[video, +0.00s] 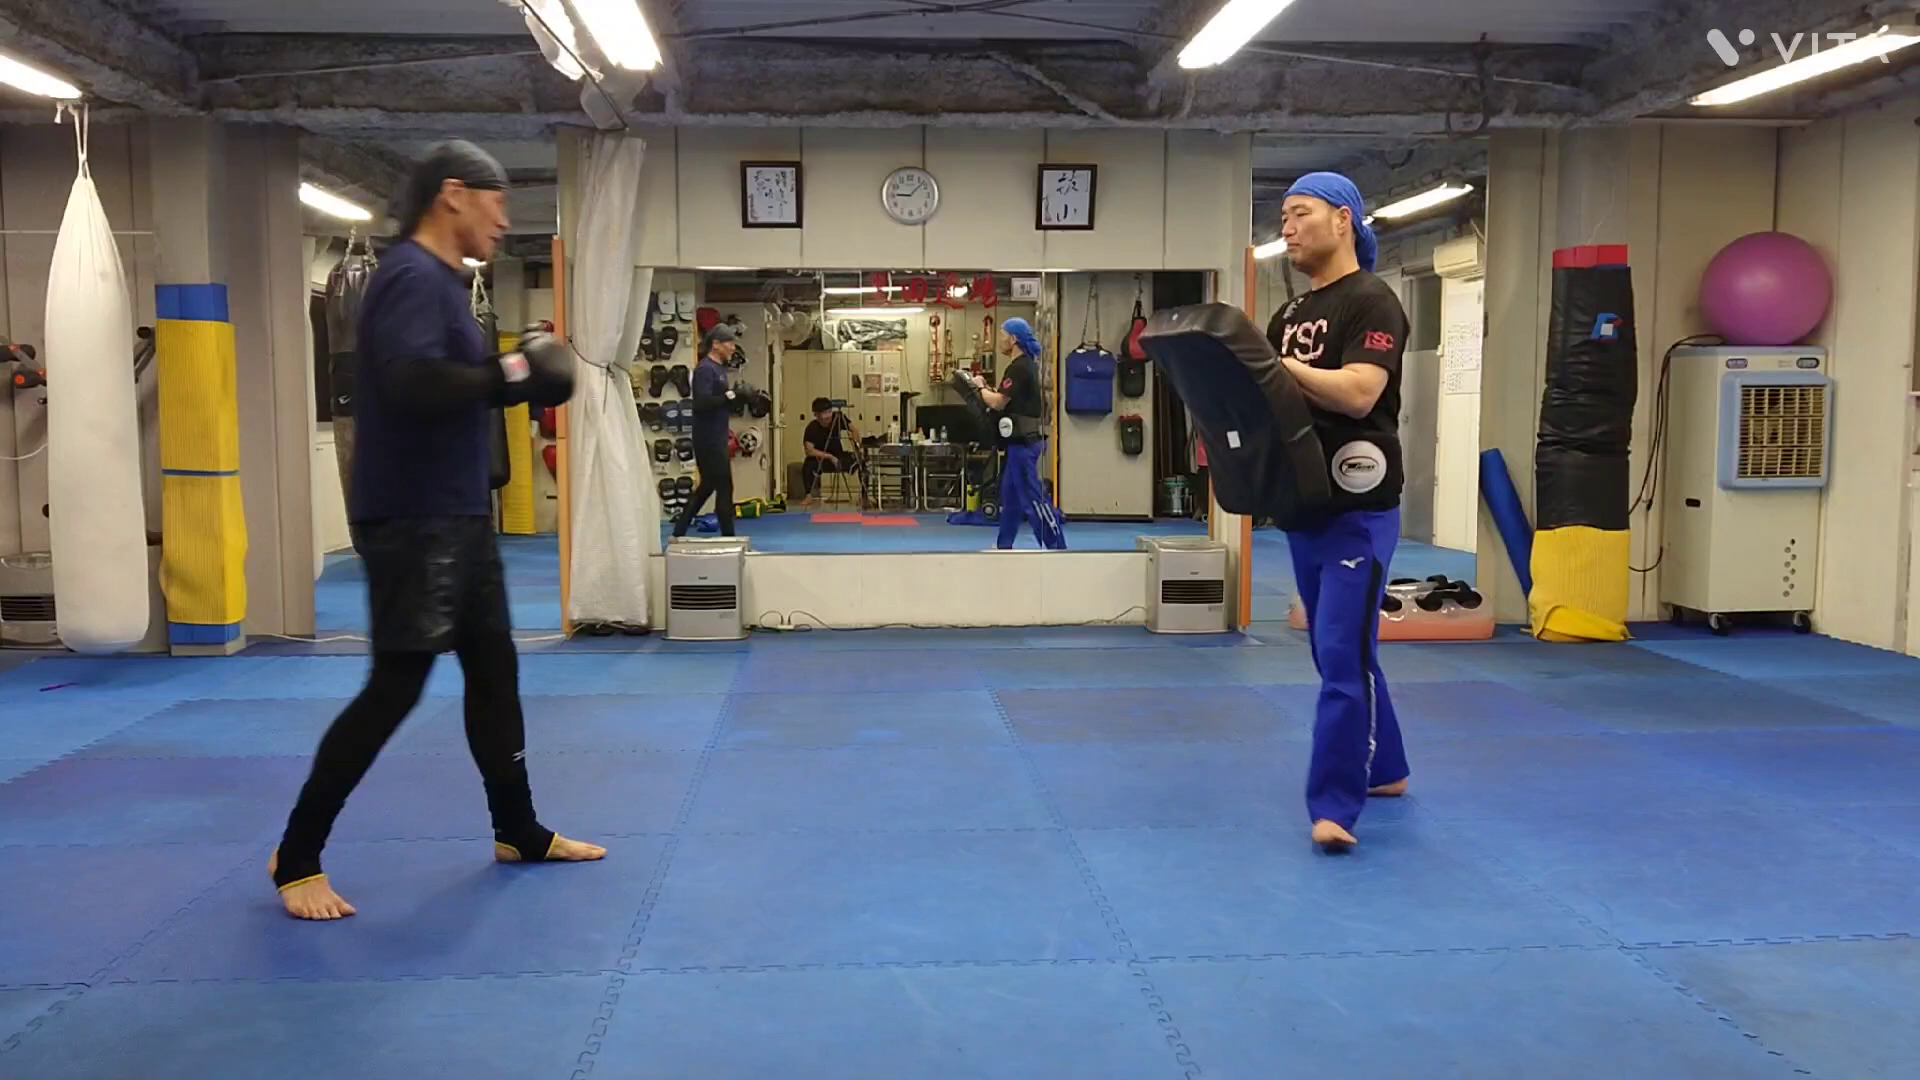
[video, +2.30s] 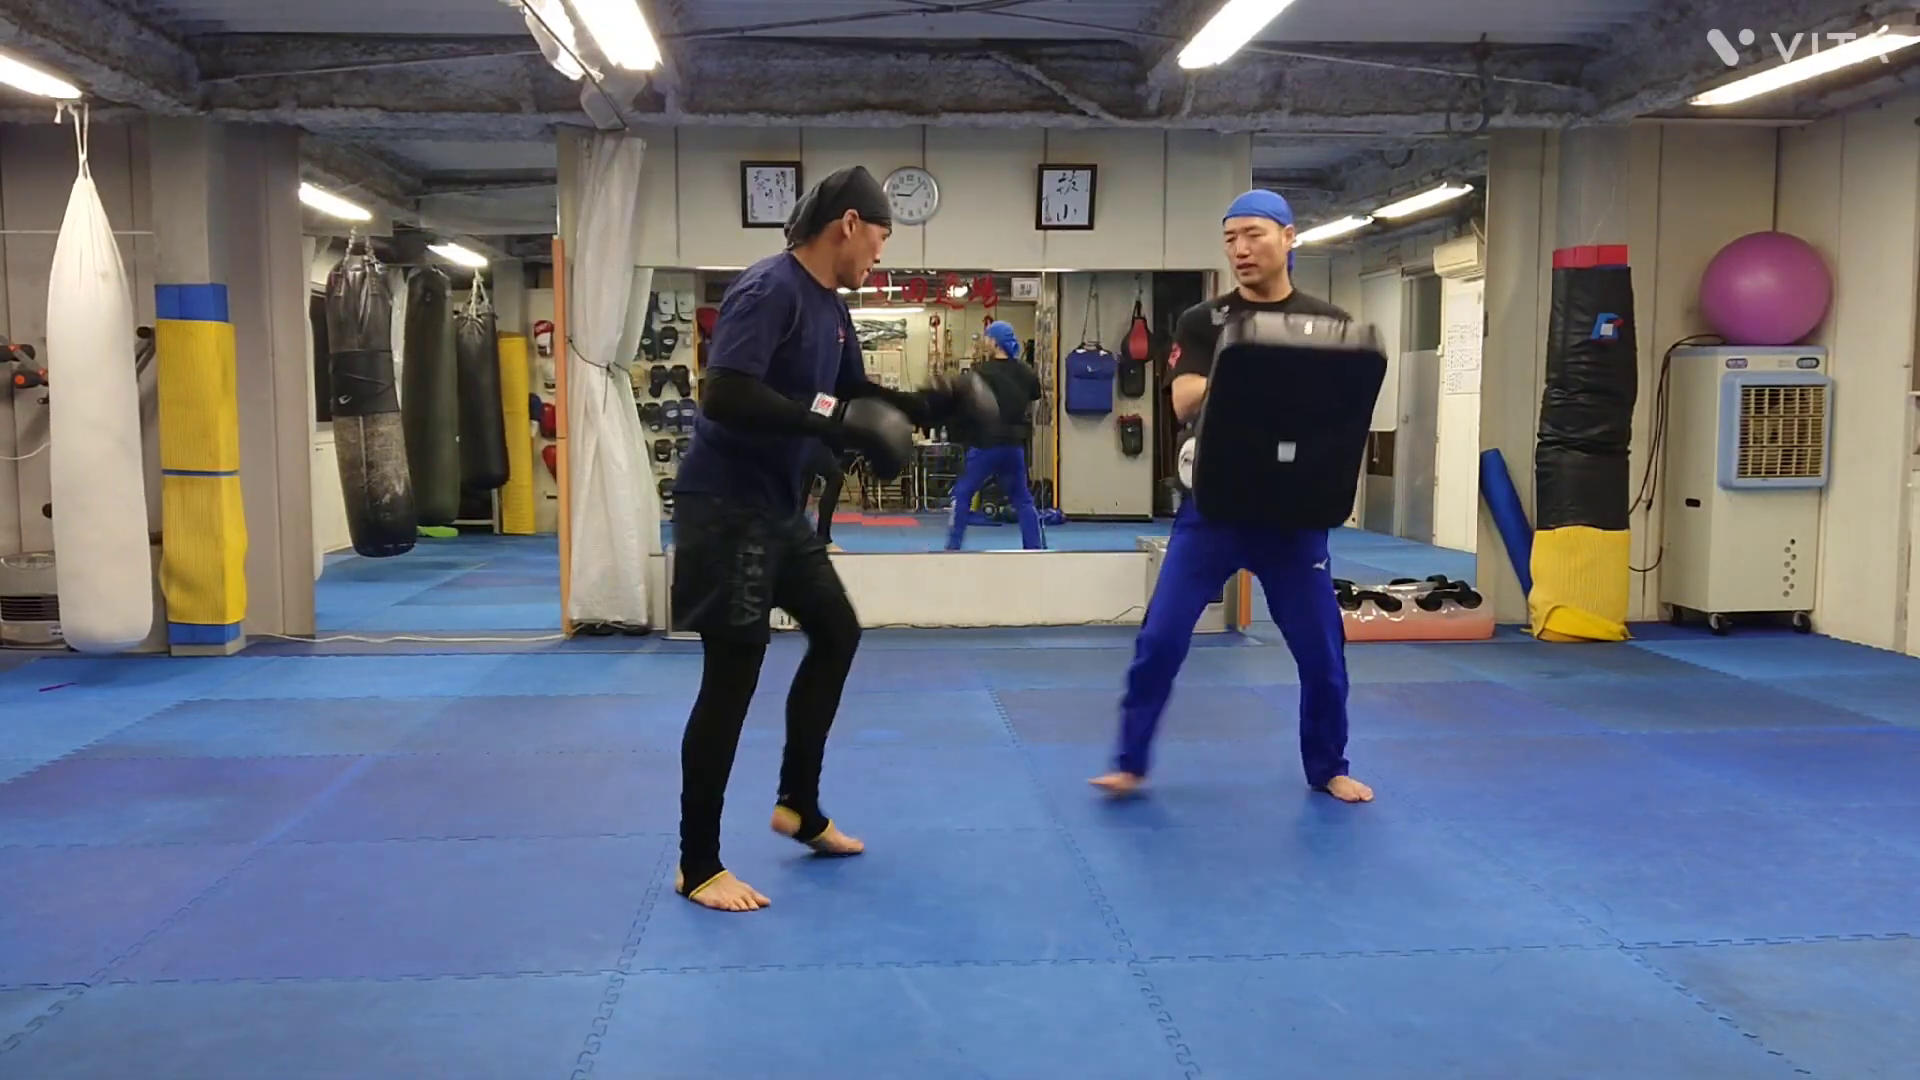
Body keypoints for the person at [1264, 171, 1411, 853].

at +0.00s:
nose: (1288, 225)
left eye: (1301, 213)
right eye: (1285, 218)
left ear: (1344, 222)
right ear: (1293, 234)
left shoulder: (1373, 299)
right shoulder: (1287, 316)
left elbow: (1360, 394)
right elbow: (1268, 396)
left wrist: (1277, 368)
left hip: (1362, 505)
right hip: (1306, 506)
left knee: (1339, 653)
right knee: (1343, 646)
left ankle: (1333, 808)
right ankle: (1385, 767)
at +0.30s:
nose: (1285, 227)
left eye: (1297, 213)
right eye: (1280, 218)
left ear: (1340, 217)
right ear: (1284, 230)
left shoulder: (1379, 299)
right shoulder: (1279, 310)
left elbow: (1382, 394)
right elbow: (1244, 385)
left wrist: (1303, 367)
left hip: (1345, 513)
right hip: (1275, 510)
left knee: (1334, 669)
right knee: (1245, 649)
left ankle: (1333, 815)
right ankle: (1328, 738)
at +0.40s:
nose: (1279, 225)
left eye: (1292, 211)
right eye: (1273, 216)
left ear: (1335, 214)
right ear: (1271, 228)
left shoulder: (1377, 299)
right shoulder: (1268, 305)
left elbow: (1387, 396)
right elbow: (1229, 386)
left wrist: (1315, 361)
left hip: (1334, 516)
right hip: (1257, 513)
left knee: (1336, 674)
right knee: (1214, 646)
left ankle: (1332, 815)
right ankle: (1269, 746)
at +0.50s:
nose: (1268, 226)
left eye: (1281, 210)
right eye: (1262, 216)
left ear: (1324, 215)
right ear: (1262, 228)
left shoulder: (1367, 297)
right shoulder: (1253, 302)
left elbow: (1389, 396)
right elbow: (1213, 375)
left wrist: (1326, 365)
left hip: (1325, 517)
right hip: (1241, 511)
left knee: (1335, 673)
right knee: (1194, 641)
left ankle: (1332, 816)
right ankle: (1188, 771)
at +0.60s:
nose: (1251, 227)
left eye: (1264, 212)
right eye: (1246, 216)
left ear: (1308, 216)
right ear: (1245, 226)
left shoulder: (1354, 304)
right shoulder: (1229, 307)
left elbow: (1381, 399)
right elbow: (1193, 386)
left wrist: (1318, 364)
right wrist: (1202, 338)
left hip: (1310, 523)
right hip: (1223, 518)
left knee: (1329, 676)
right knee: (1164, 648)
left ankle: (1331, 818)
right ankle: (1119, 780)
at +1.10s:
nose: (1156, 237)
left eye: (1169, 222)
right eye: (1149, 227)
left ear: (1211, 227)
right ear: (1144, 238)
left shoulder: (1256, 317)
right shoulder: (1124, 313)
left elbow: (1295, 414)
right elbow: (1091, 395)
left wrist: (1225, 380)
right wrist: (1150, 367)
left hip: (1224, 530)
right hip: (1132, 526)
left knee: (1275, 673)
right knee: (1089, 670)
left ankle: (1318, 816)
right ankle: (1064, 797)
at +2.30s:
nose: (1242, 249)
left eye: (1254, 235)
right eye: (1232, 239)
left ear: (1288, 241)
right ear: (1225, 250)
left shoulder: (1330, 323)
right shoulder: (1201, 322)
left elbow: (1345, 410)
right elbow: (1180, 403)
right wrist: (1237, 379)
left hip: (1293, 518)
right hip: (1209, 512)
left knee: (1323, 653)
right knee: (1160, 639)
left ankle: (1328, 769)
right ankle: (1129, 765)